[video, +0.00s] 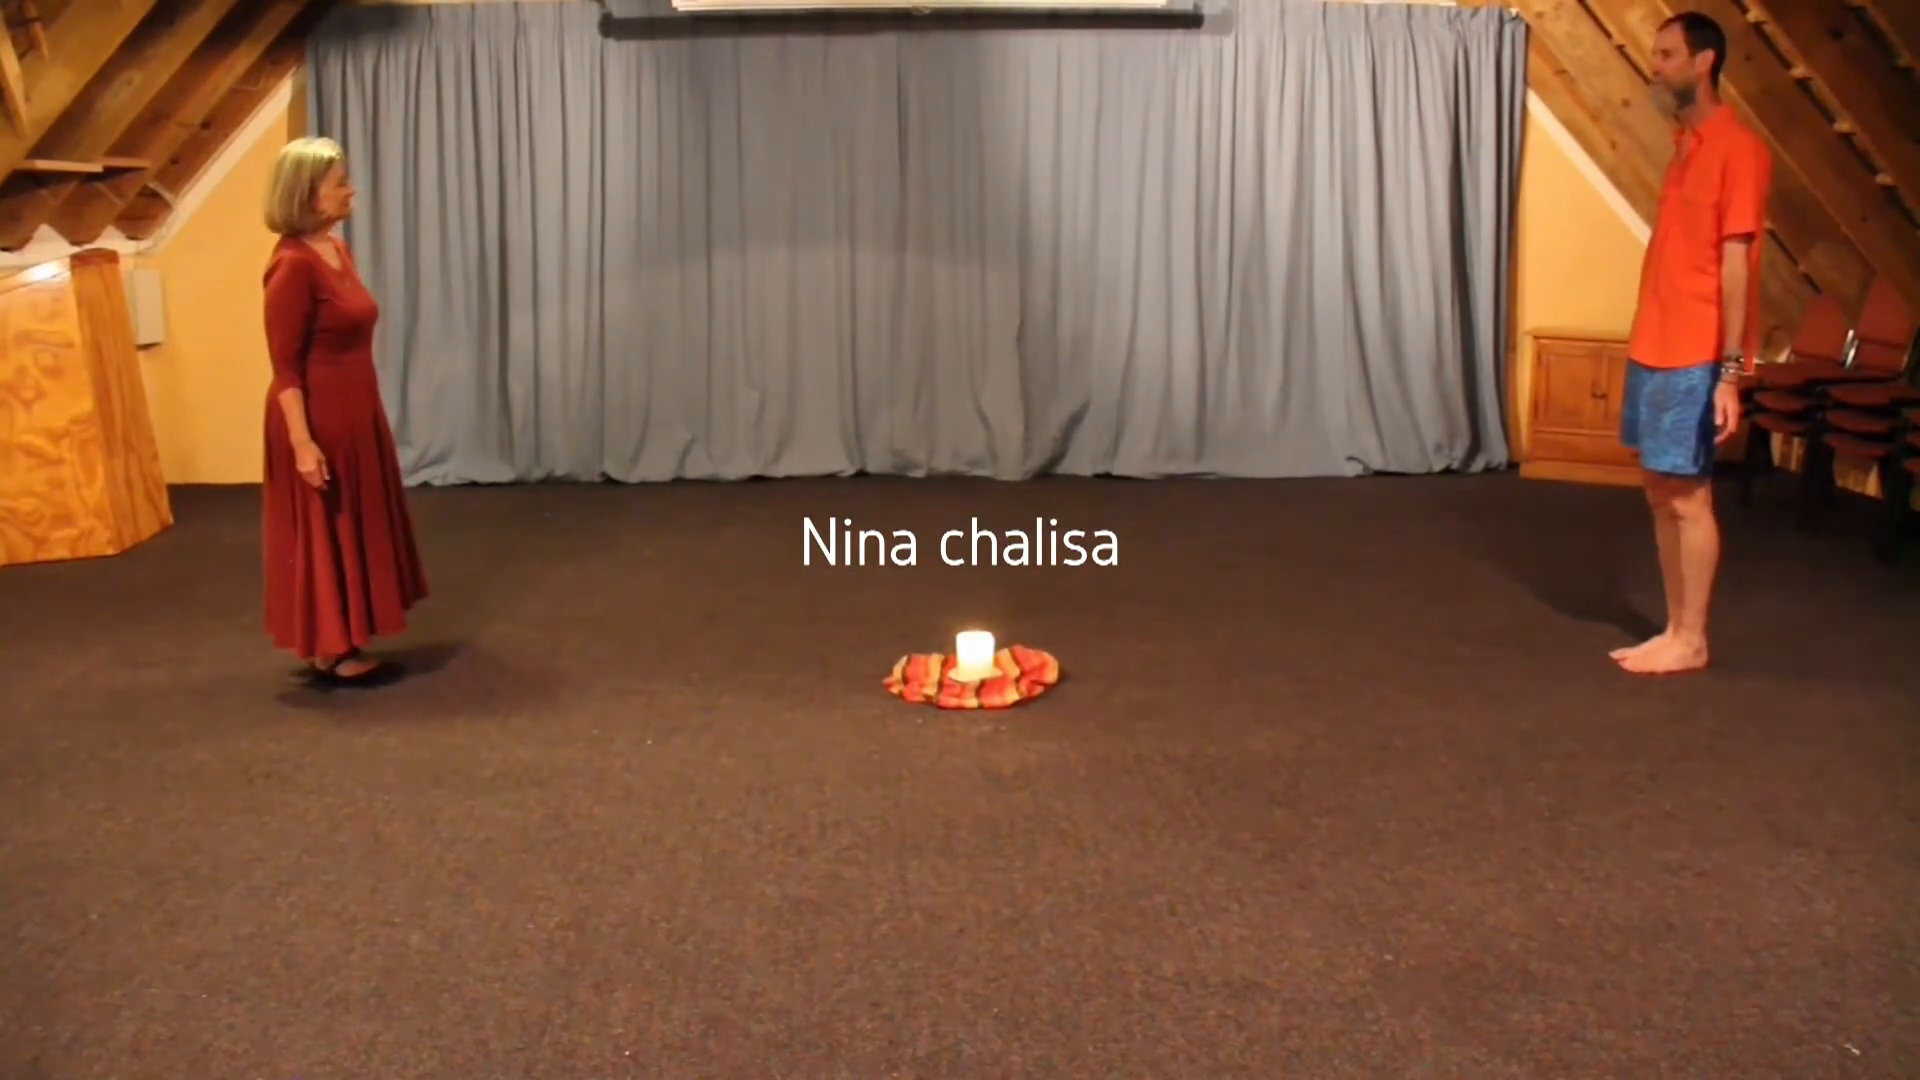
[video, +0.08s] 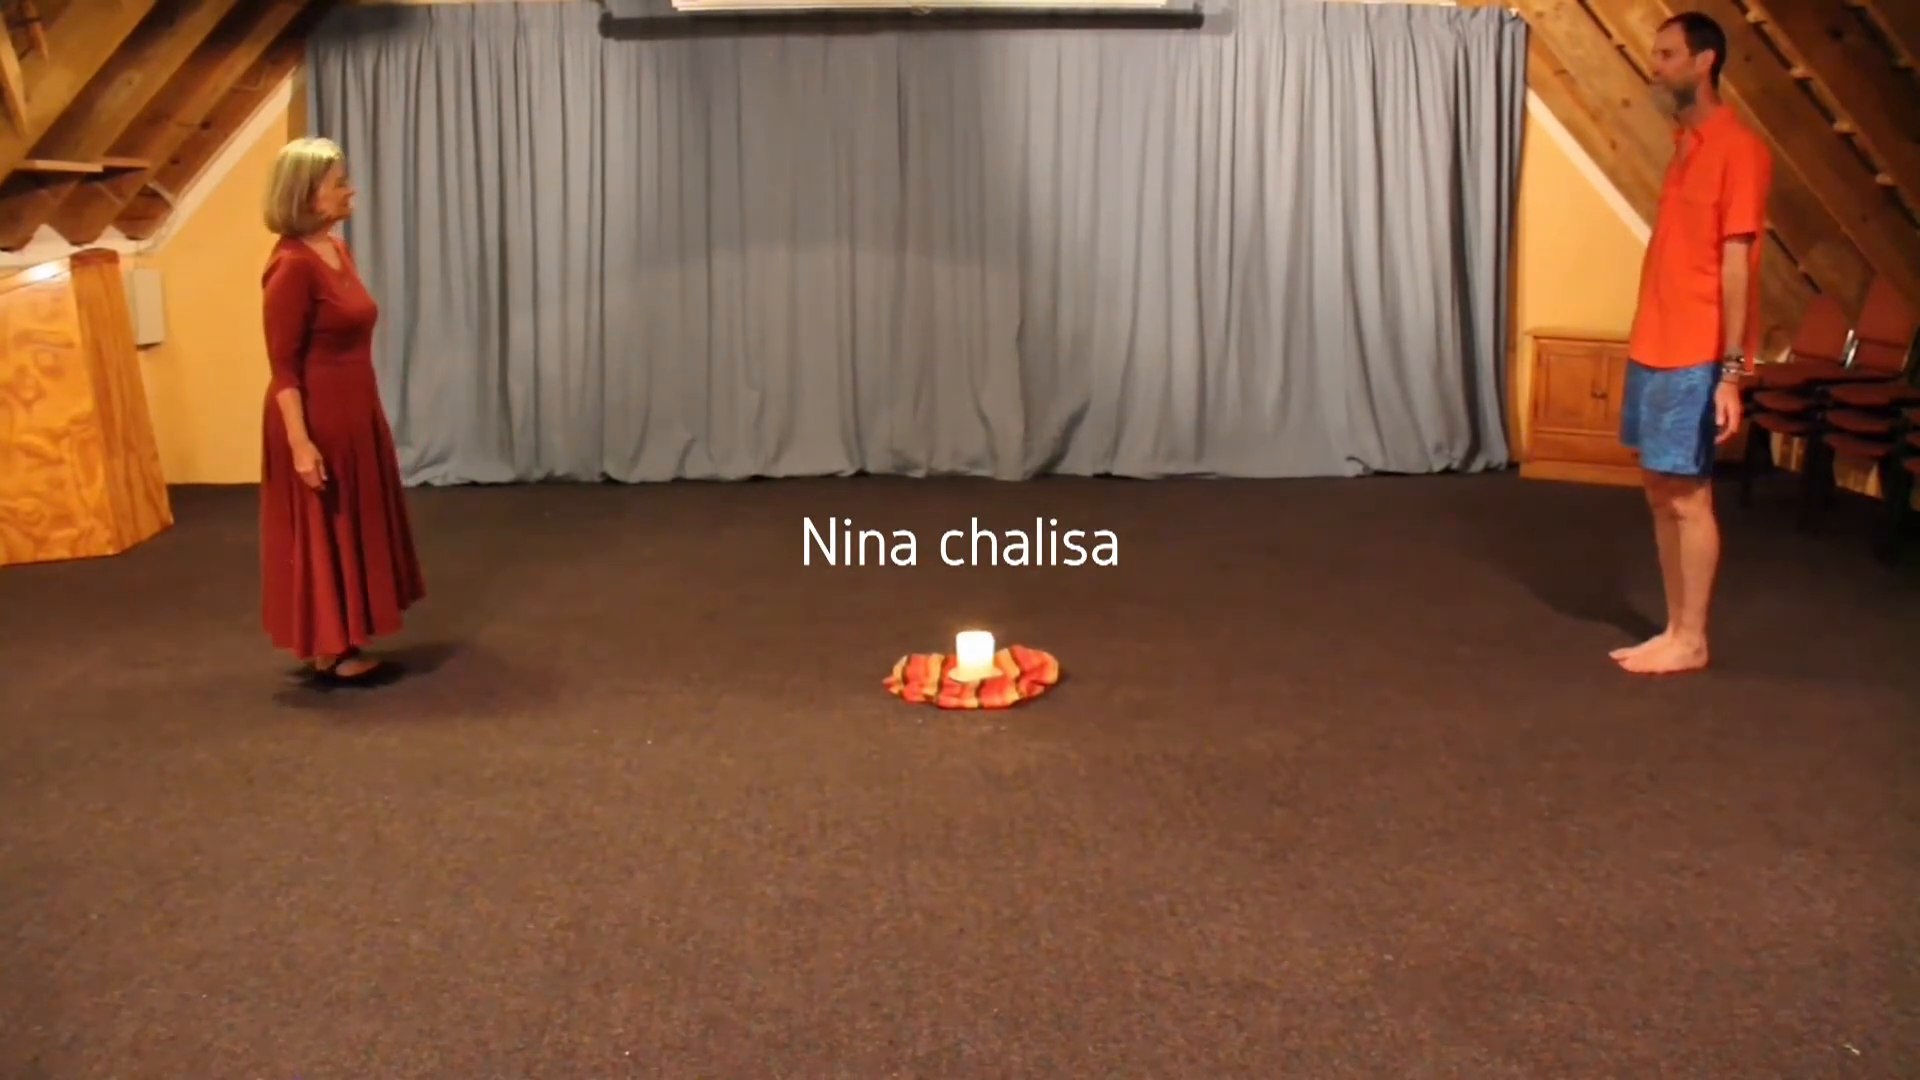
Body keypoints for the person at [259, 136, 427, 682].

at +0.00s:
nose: (350, 191)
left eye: (348, 181)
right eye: (339, 184)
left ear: (334, 188)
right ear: (308, 195)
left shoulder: (336, 248)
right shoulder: (292, 265)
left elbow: (344, 345)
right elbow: (284, 365)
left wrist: (364, 409)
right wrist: (301, 442)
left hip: (354, 407)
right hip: (319, 414)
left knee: (348, 522)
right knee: (324, 526)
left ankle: (340, 641)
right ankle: (328, 647)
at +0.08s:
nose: (349, 191)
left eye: (347, 181)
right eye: (338, 184)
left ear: (331, 190)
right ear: (308, 196)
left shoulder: (335, 248)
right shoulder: (292, 265)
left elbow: (344, 345)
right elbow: (282, 365)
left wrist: (364, 410)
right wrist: (299, 442)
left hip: (353, 407)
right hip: (318, 414)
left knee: (346, 522)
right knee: (323, 526)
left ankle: (337, 642)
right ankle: (328, 647)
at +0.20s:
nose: (350, 191)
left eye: (347, 181)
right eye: (338, 185)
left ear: (328, 193)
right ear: (307, 198)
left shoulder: (335, 248)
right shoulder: (290, 267)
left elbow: (345, 341)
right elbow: (281, 365)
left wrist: (364, 407)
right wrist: (296, 441)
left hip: (353, 404)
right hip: (318, 411)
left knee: (350, 520)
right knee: (323, 524)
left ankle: (342, 642)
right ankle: (328, 647)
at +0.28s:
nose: (350, 191)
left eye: (346, 181)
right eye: (338, 185)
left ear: (328, 193)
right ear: (307, 198)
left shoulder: (336, 248)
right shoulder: (289, 267)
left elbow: (345, 341)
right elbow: (280, 366)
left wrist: (363, 408)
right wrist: (295, 441)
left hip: (353, 404)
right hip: (317, 410)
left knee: (350, 519)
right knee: (323, 523)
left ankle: (341, 642)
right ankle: (328, 647)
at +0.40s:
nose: (349, 191)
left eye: (346, 181)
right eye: (338, 185)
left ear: (331, 192)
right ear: (307, 198)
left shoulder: (339, 248)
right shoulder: (289, 267)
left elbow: (347, 340)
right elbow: (280, 366)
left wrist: (365, 409)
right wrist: (293, 442)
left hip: (354, 405)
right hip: (317, 411)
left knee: (349, 519)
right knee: (322, 523)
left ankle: (342, 642)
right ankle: (327, 647)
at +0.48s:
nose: (350, 191)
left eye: (347, 181)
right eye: (338, 185)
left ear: (332, 192)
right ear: (307, 198)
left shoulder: (341, 249)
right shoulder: (289, 268)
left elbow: (350, 340)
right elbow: (280, 366)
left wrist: (367, 409)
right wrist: (293, 442)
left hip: (355, 405)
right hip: (316, 411)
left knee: (350, 520)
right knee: (322, 524)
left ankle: (342, 641)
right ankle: (327, 647)